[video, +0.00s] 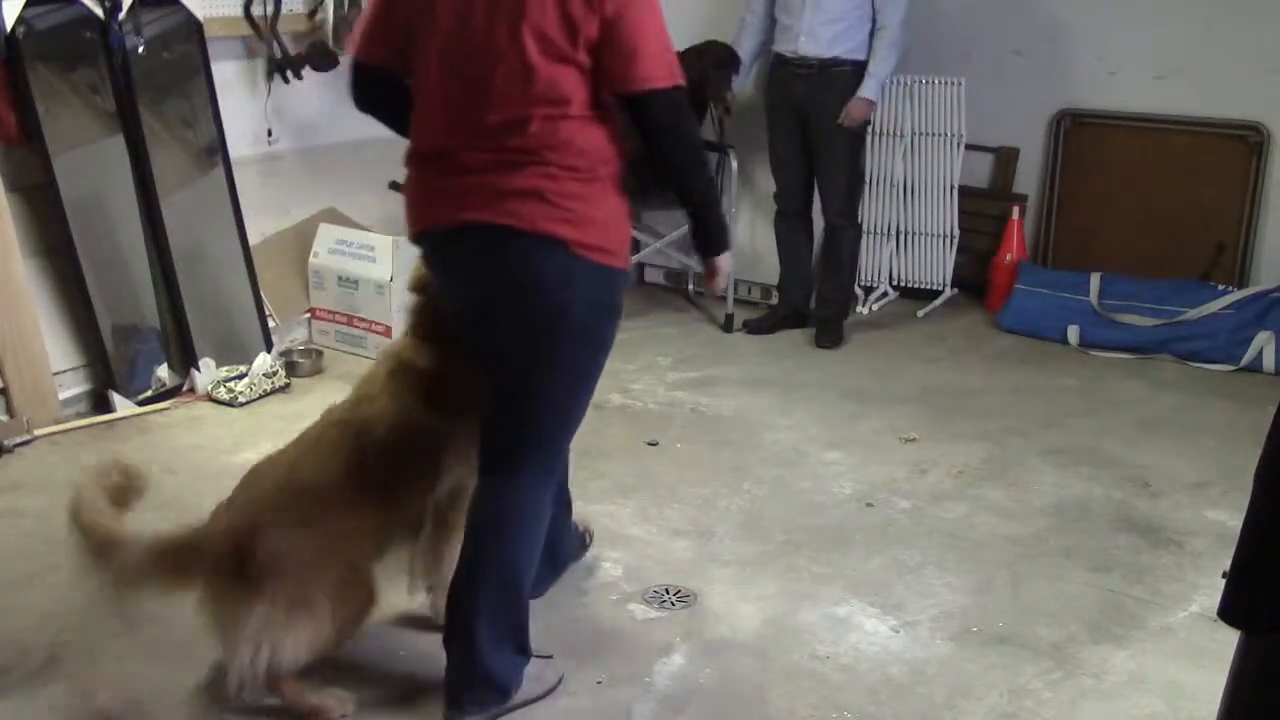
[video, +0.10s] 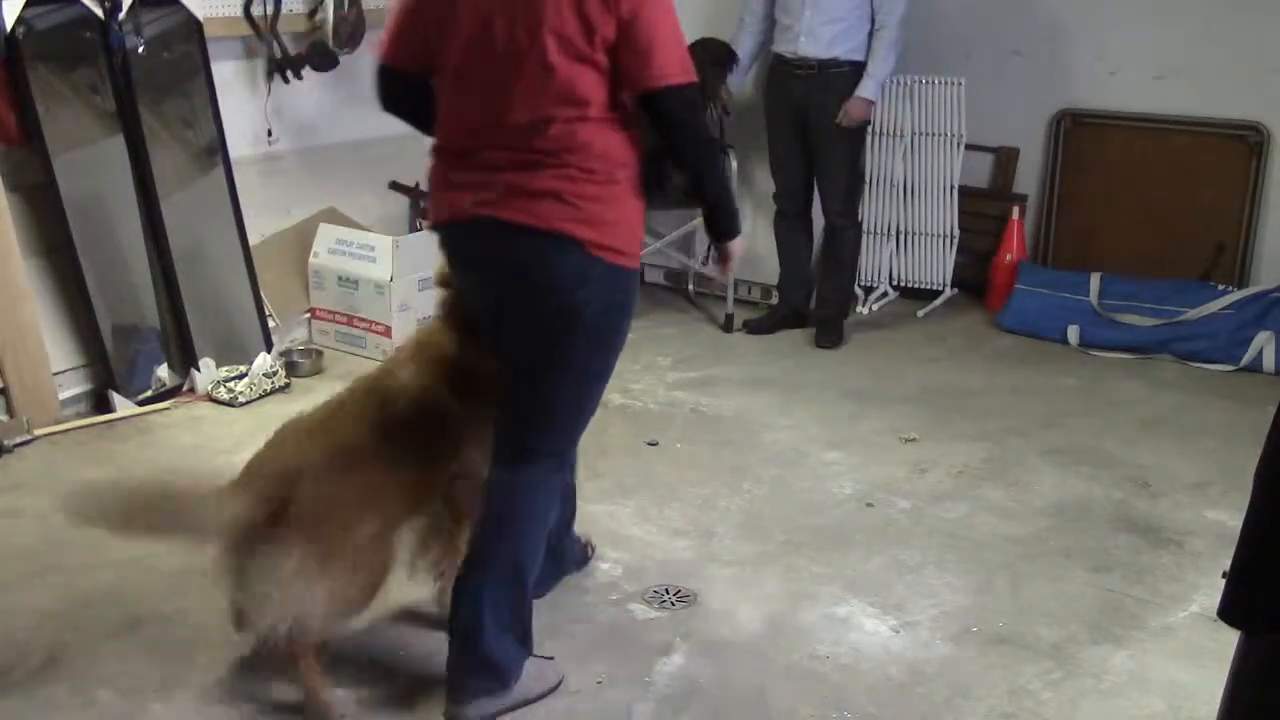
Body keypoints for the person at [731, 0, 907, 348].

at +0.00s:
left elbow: (892, 23)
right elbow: (758, 13)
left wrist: (868, 93)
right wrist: (732, 79)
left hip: (841, 80)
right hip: (784, 77)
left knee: (838, 210)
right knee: (790, 204)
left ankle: (831, 315)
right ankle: (792, 306)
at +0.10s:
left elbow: (890, 22)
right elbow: (757, 14)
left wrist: (867, 93)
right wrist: (731, 77)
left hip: (840, 81)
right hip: (784, 78)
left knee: (839, 209)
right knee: (789, 204)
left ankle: (831, 314)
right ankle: (792, 305)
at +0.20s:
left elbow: (889, 23)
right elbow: (756, 15)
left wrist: (869, 96)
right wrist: (731, 81)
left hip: (840, 80)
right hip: (783, 77)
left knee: (838, 210)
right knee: (789, 204)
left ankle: (831, 314)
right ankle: (792, 305)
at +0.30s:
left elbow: (888, 21)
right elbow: (756, 15)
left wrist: (876, 99)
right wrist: (731, 83)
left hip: (841, 79)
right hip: (783, 76)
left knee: (838, 210)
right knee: (789, 204)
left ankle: (831, 313)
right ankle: (792, 305)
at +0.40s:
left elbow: (890, 24)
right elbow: (755, 16)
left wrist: (881, 100)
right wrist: (732, 82)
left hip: (840, 80)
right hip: (781, 77)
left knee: (838, 211)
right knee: (789, 204)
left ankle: (831, 314)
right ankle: (792, 305)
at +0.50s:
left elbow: (891, 23)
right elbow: (755, 17)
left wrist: (883, 98)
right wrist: (732, 81)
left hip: (839, 80)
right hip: (782, 78)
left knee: (837, 210)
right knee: (788, 205)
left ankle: (831, 314)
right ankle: (792, 305)